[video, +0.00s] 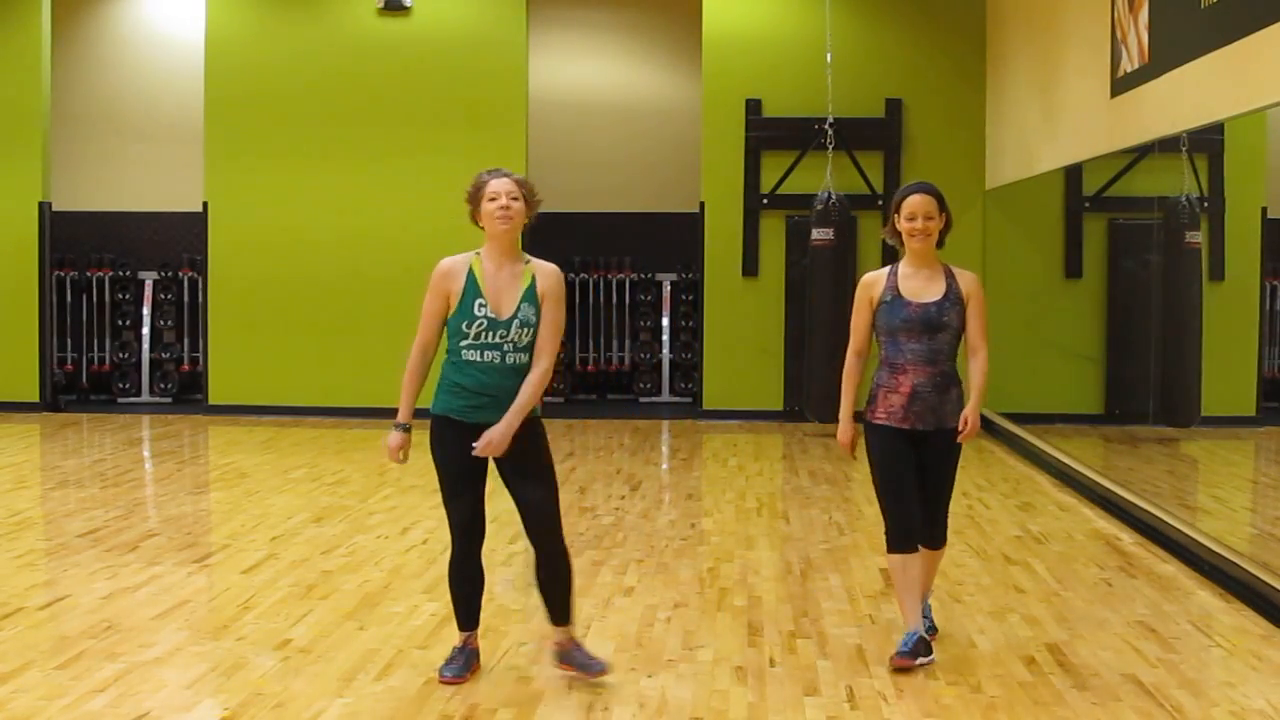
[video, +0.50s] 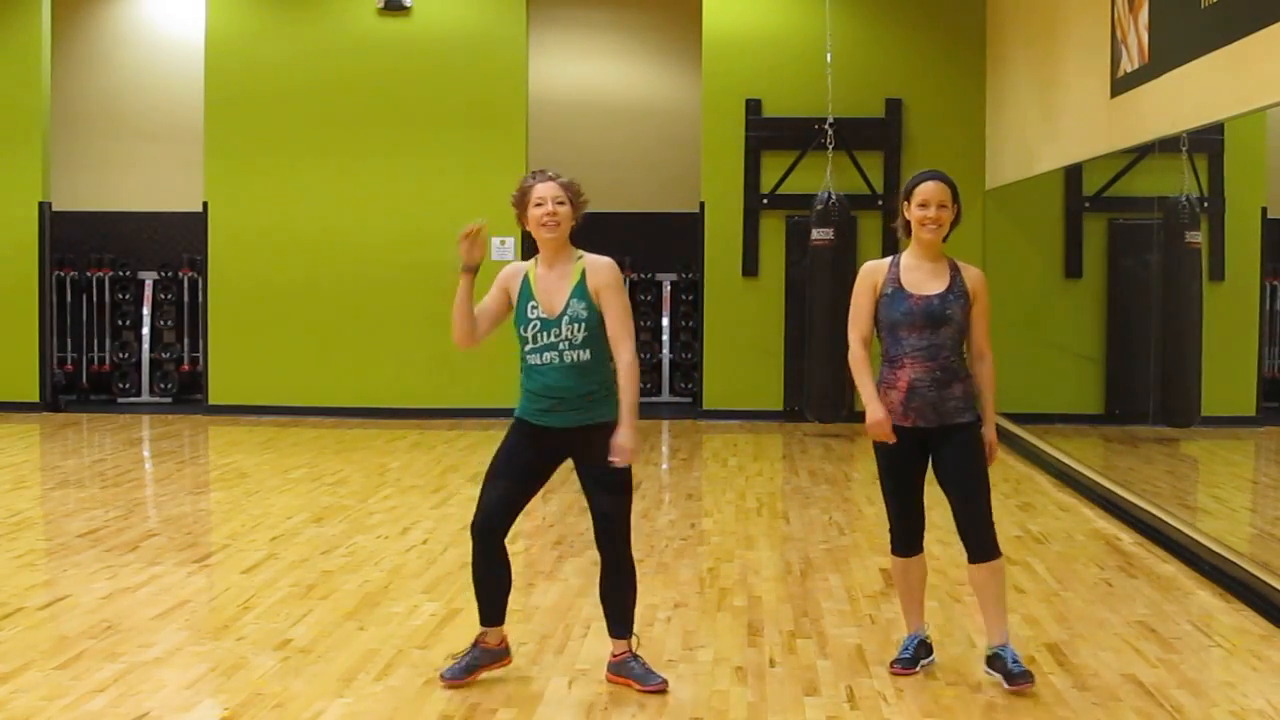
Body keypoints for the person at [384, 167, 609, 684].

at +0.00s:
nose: (505, 205)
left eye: (514, 198)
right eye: (494, 199)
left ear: (527, 212)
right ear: (477, 213)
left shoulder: (547, 277)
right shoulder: (451, 272)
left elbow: (543, 364)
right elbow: (423, 349)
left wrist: (508, 425)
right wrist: (402, 422)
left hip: (518, 420)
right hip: (456, 421)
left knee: (548, 531)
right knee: (466, 535)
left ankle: (565, 639)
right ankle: (467, 642)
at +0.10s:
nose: (513, 204)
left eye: (522, 197)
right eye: (502, 198)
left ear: (537, 211)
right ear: (486, 212)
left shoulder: (556, 276)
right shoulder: (461, 272)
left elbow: (556, 363)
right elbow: (433, 346)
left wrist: (510, 417)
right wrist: (412, 418)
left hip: (526, 422)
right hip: (464, 422)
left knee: (559, 537)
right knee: (471, 537)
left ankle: (604, 643)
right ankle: (467, 642)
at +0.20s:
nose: (524, 203)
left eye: (534, 197)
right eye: (514, 197)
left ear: (550, 213)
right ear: (497, 214)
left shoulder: (569, 274)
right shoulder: (476, 275)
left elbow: (577, 360)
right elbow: (451, 349)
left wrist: (528, 413)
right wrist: (426, 410)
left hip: (545, 422)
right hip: (481, 422)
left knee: (574, 538)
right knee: (479, 538)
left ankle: (611, 649)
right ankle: (468, 643)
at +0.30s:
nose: (537, 207)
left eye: (546, 200)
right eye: (526, 201)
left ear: (561, 214)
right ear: (510, 216)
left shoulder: (584, 274)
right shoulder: (493, 277)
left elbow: (599, 358)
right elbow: (478, 349)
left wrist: (553, 413)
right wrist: (442, 381)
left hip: (567, 425)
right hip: (503, 425)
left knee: (595, 538)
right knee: (485, 541)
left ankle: (619, 652)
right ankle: (475, 643)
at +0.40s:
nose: (545, 210)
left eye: (554, 202)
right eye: (534, 204)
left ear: (570, 215)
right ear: (520, 218)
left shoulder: (595, 274)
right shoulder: (507, 280)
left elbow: (616, 357)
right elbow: (484, 356)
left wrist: (588, 420)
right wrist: (457, 331)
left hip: (586, 425)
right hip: (523, 427)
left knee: (610, 539)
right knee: (486, 532)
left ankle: (621, 652)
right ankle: (492, 641)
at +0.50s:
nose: (549, 211)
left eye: (558, 203)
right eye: (538, 204)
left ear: (574, 213)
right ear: (525, 218)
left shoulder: (600, 271)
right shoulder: (514, 277)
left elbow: (625, 353)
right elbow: (466, 335)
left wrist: (627, 425)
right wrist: (467, 272)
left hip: (598, 426)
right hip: (535, 426)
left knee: (614, 541)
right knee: (486, 526)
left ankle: (622, 653)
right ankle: (491, 640)